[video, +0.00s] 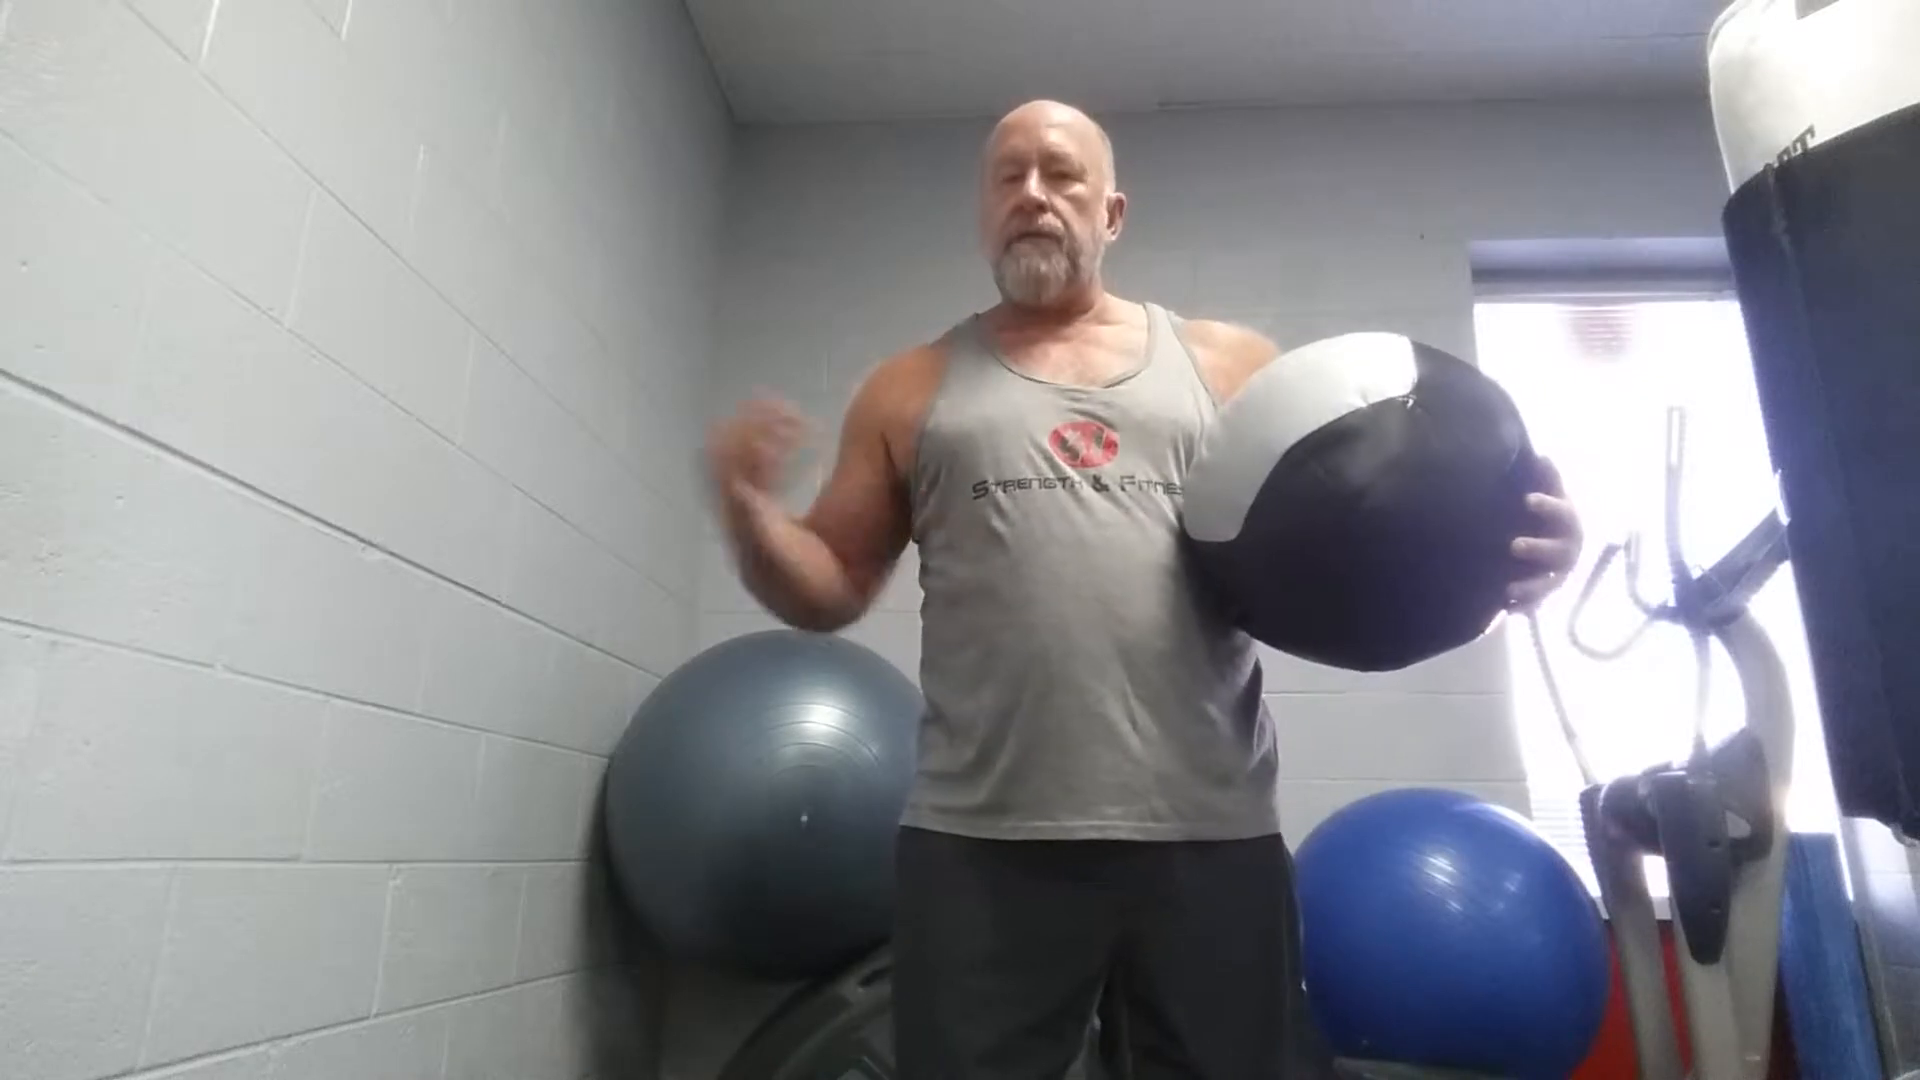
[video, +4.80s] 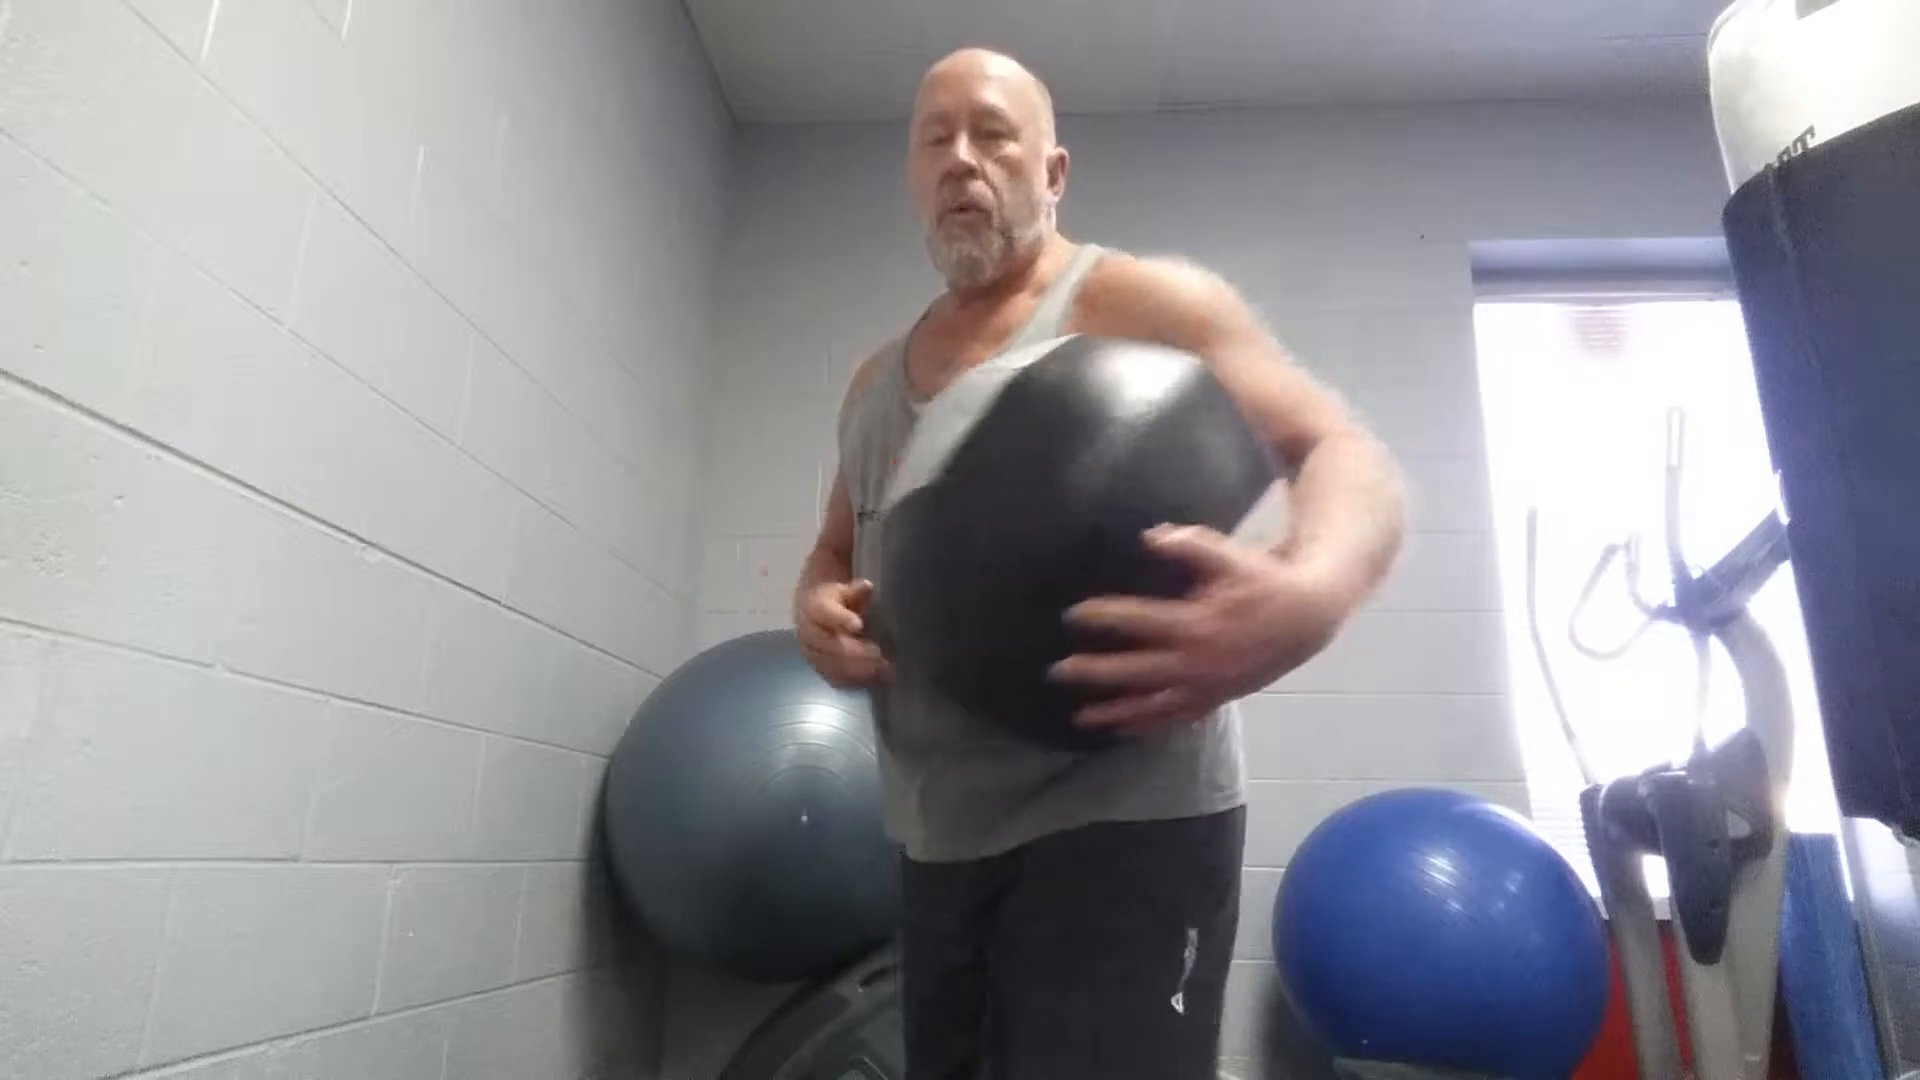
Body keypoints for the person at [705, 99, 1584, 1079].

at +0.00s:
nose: (1033, 193)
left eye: (1062, 174)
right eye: (1009, 176)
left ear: (1114, 213)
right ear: (978, 214)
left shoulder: (1228, 362)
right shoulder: (908, 390)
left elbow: (1369, 527)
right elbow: (828, 590)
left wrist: (1518, 548)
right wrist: (749, 510)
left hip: (1209, 839)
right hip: (984, 843)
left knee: (1239, 1068)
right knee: (970, 1067)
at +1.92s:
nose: (1065, 196)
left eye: (1094, 178)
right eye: (1041, 175)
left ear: (1137, 217)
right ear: (1002, 209)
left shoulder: (1235, 371)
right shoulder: (916, 377)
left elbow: (1373, 531)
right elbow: (828, 592)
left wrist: (1520, 568)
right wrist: (878, 575)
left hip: (1205, 838)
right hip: (977, 836)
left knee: (1231, 1074)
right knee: (961, 1072)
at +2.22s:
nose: (1058, 199)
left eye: (1086, 178)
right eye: (1034, 178)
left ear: (1133, 212)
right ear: (998, 213)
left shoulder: (1236, 368)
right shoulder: (919, 381)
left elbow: (1377, 529)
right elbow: (842, 599)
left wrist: (1527, 564)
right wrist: (863, 525)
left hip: (1206, 834)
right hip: (979, 835)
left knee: (1231, 1068)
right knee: (967, 1068)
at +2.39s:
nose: (1060, 203)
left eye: (1086, 181)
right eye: (1035, 183)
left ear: (1136, 210)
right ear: (1000, 216)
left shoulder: (1245, 366)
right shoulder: (927, 384)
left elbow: (1383, 525)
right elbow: (824, 565)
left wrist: (1534, 557)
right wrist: (653, 498)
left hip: (1213, 840)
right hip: (986, 842)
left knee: (1254, 1073)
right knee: (970, 1074)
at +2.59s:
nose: (1059, 208)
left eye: (1088, 188)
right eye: (1035, 187)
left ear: (1136, 216)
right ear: (1004, 216)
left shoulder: (1251, 366)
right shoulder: (931, 388)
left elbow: (1375, 542)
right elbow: (852, 580)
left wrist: (1533, 564)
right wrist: (769, 477)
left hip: (1216, 834)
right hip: (991, 837)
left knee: (1248, 1071)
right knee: (974, 1068)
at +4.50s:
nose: (997, 185)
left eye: (1026, 163)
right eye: (970, 166)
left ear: (1076, 201)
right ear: (941, 207)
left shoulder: (1180, 335)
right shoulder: (890, 400)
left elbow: (1347, 447)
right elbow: (829, 588)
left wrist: (1462, 524)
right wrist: (753, 563)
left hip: (1151, 858)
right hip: (941, 868)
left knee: (1157, 1075)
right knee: (931, 1077)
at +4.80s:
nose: (958, 160)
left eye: (991, 135)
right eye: (935, 138)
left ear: (1054, 169)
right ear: (910, 174)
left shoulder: (1153, 302)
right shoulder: (881, 381)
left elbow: (1349, 460)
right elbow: (835, 555)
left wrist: (1312, 595)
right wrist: (817, 613)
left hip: (1128, 825)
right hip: (943, 840)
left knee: (1103, 1062)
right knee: (951, 1065)